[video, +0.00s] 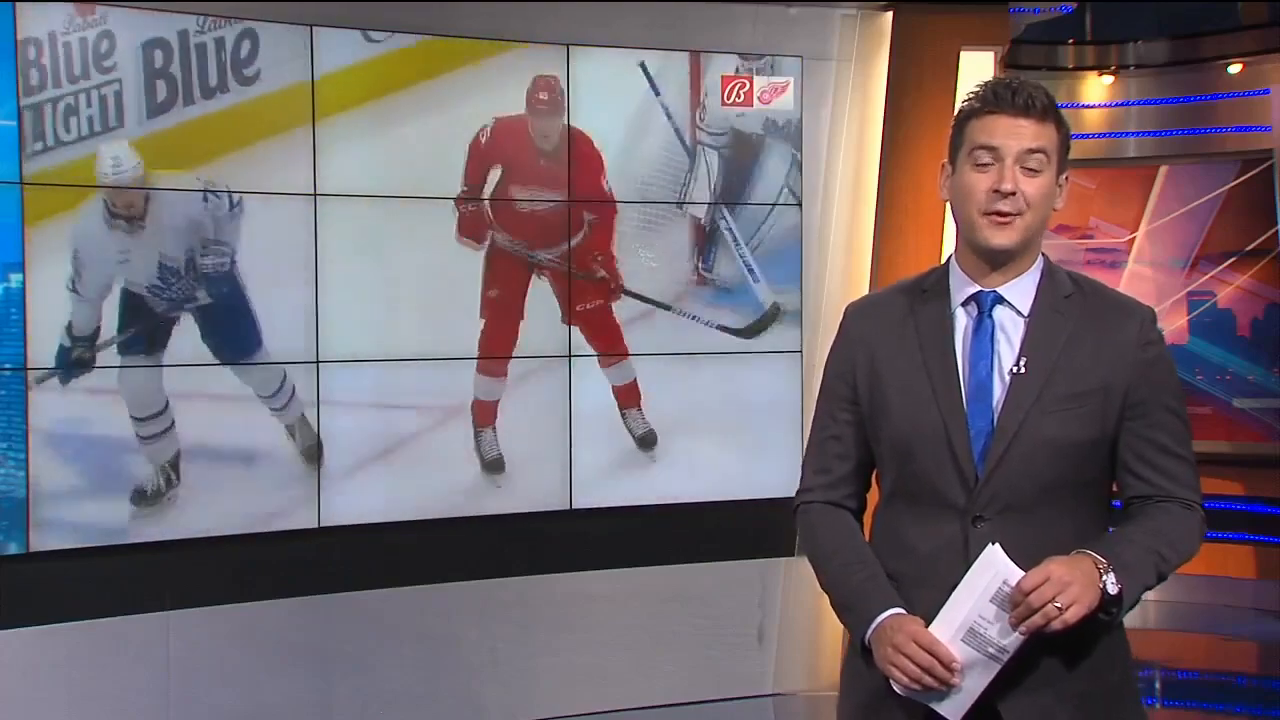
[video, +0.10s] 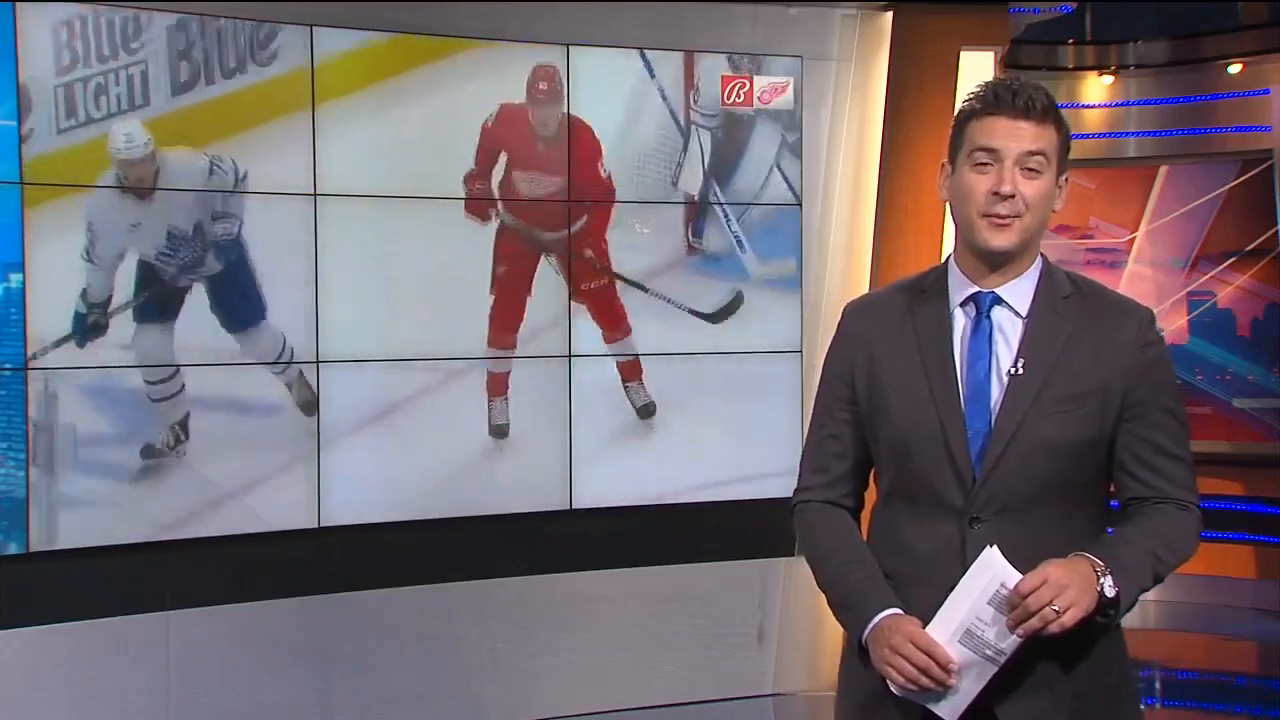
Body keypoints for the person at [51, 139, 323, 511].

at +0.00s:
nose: (125, 198)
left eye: (130, 187)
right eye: (115, 190)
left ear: (143, 181)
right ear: (103, 191)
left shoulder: (182, 197)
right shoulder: (91, 230)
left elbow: (229, 209)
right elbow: (86, 292)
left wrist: (218, 260)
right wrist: (79, 343)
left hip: (206, 281)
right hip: (145, 294)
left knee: (248, 360)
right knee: (136, 379)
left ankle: (297, 423)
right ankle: (164, 468)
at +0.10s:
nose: (138, 173)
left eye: (143, 161)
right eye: (128, 166)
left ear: (155, 156)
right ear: (116, 166)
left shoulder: (190, 168)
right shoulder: (105, 203)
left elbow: (234, 179)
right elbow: (99, 261)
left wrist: (223, 239)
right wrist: (93, 309)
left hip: (215, 252)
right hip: (159, 265)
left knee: (252, 335)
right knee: (150, 347)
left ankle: (294, 379)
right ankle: (175, 428)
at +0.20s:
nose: (159, 142)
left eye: (164, 132)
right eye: (150, 135)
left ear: (175, 127)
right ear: (139, 135)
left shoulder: (207, 138)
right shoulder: (128, 170)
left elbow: (249, 145)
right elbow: (126, 223)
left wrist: (245, 194)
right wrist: (121, 266)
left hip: (235, 216)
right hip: (181, 228)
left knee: (266, 289)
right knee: (169, 300)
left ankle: (295, 352)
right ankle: (188, 373)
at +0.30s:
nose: (190, 113)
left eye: (194, 105)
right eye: (182, 108)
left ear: (203, 101)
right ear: (170, 108)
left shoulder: (232, 112)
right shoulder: (156, 142)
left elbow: (267, 121)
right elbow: (151, 193)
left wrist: (264, 168)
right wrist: (143, 234)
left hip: (251, 187)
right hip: (200, 196)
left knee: (276, 261)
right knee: (184, 272)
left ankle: (298, 332)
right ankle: (194, 341)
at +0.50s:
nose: (204, 99)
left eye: (209, 91)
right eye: (197, 94)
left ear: (216, 88)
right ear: (186, 93)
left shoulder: (238, 100)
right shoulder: (171, 117)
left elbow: (270, 109)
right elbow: (159, 159)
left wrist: (270, 145)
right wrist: (156, 196)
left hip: (245, 168)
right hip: (196, 173)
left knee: (268, 233)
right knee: (179, 234)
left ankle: (289, 297)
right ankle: (174, 300)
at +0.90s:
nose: (191, 89)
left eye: (195, 81)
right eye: (183, 83)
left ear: (200, 78)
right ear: (170, 82)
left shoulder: (213, 90)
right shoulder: (149, 106)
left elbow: (229, 104)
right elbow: (127, 148)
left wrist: (235, 133)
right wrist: (127, 187)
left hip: (200, 163)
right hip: (157, 170)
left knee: (223, 221)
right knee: (150, 229)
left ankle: (248, 282)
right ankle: (135, 294)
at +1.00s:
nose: (189, 57)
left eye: (193, 50)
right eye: (183, 51)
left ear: (199, 47)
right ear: (169, 50)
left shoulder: (208, 58)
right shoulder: (148, 74)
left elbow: (222, 74)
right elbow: (120, 116)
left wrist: (228, 104)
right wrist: (117, 158)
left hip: (191, 135)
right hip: (150, 141)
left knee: (217, 197)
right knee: (144, 207)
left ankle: (237, 257)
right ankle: (130, 271)